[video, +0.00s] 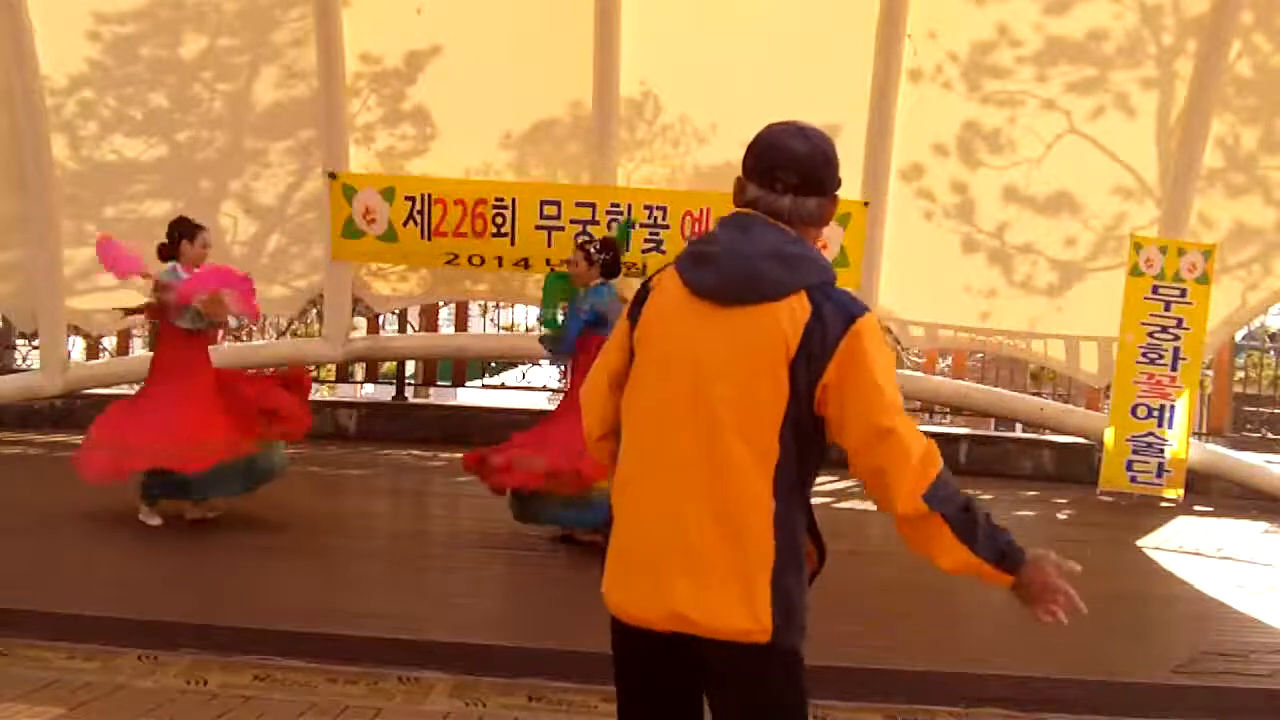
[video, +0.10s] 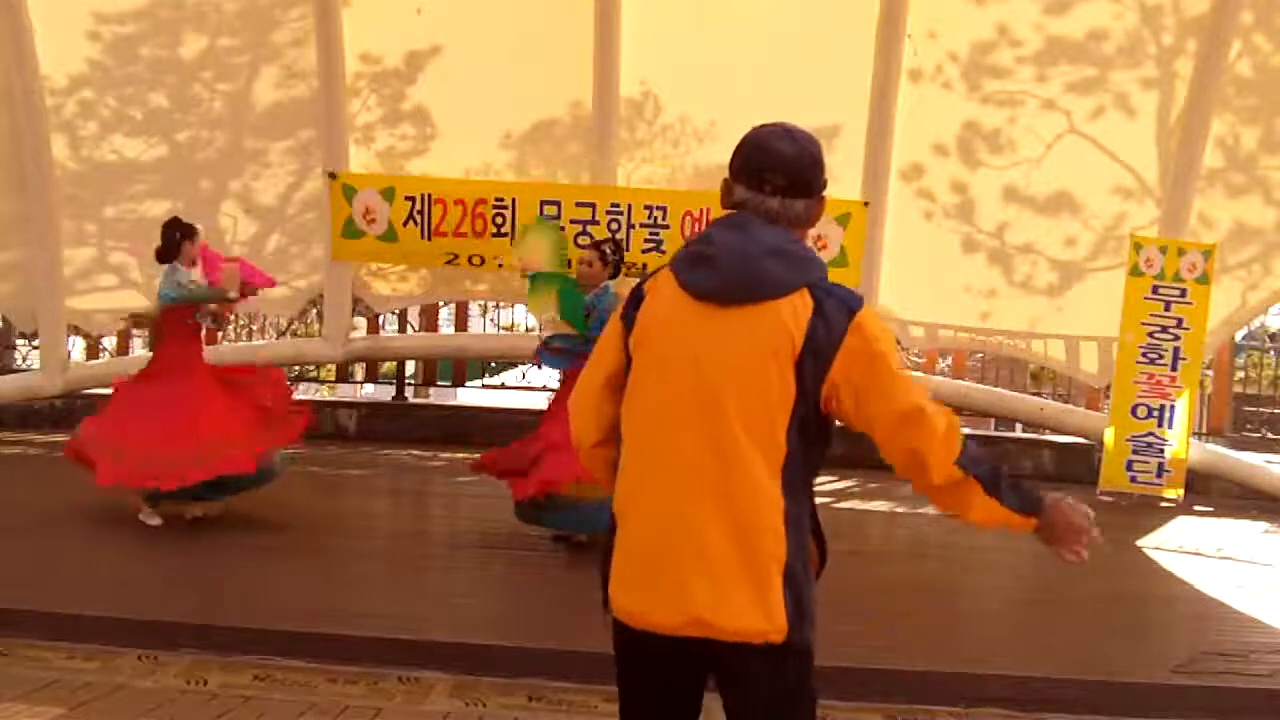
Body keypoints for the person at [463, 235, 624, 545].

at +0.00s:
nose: (570, 268)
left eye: (576, 262)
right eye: (572, 261)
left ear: (594, 267)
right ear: (597, 269)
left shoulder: (589, 299)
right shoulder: (607, 296)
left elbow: (565, 344)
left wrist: (547, 338)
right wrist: (560, 334)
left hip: (588, 389)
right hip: (602, 385)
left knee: (580, 451)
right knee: (594, 450)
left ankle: (589, 525)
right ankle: (586, 523)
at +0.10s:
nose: (580, 269)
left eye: (588, 264)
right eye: (580, 263)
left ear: (607, 269)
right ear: (577, 264)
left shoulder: (608, 300)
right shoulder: (579, 297)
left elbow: (598, 343)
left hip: (592, 379)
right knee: (559, 434)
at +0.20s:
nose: (597, 271)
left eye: (605, 267)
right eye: (594, 264)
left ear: (617, 272)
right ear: (587, 265)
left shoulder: (621, 304)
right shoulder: (574, 292)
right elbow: (537, 283)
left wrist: (571, 342)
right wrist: (495, 273)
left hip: (603, 384)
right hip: (570, 380)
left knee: (590, 450)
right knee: (558, 445)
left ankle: (581, 525)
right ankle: (560, 520)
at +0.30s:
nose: (609, 272)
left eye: (615, 265)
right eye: (603, 266)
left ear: (626, 264)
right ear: (592, 267)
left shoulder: (640, 294)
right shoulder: (583, 290)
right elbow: (536, 284)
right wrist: (489, 272)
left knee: (604, 453)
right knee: (568, 446)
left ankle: (587, 525)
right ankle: (560, 522)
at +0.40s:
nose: (620, 267)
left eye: (622, 261)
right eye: (614, 261)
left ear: (618, 262)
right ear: (596, 262)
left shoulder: (627, 292)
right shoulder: (583, 289)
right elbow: (556, 284)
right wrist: (524, 276)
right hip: (575, 375)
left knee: (601, 455)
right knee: (583, 452)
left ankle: (589, 527)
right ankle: (579, 526)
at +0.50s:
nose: (618, 268)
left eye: (617, 261)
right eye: (615, 261)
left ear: (593, 262)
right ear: (601, 262)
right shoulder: (596, 297)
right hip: (588, 381)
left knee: (577, 456)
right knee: (590, 455)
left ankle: (576, 527)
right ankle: (582, 528)